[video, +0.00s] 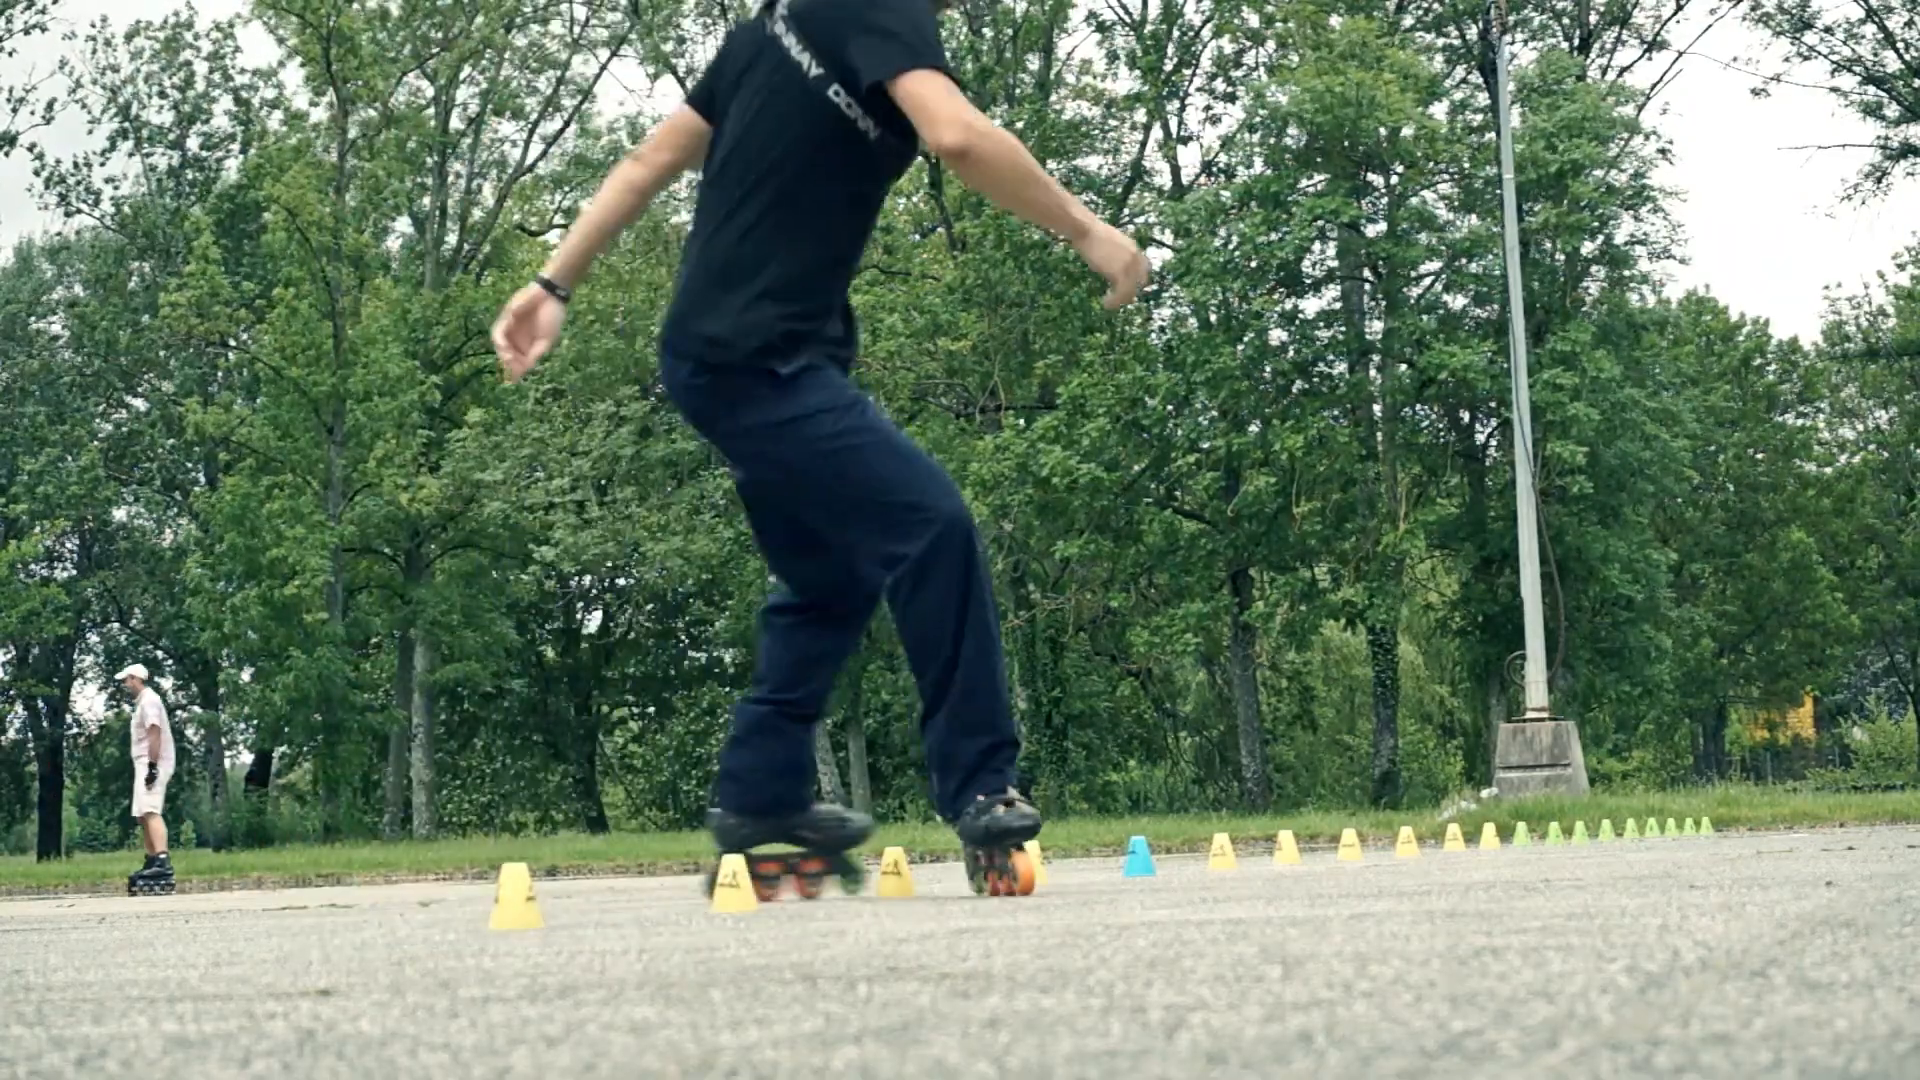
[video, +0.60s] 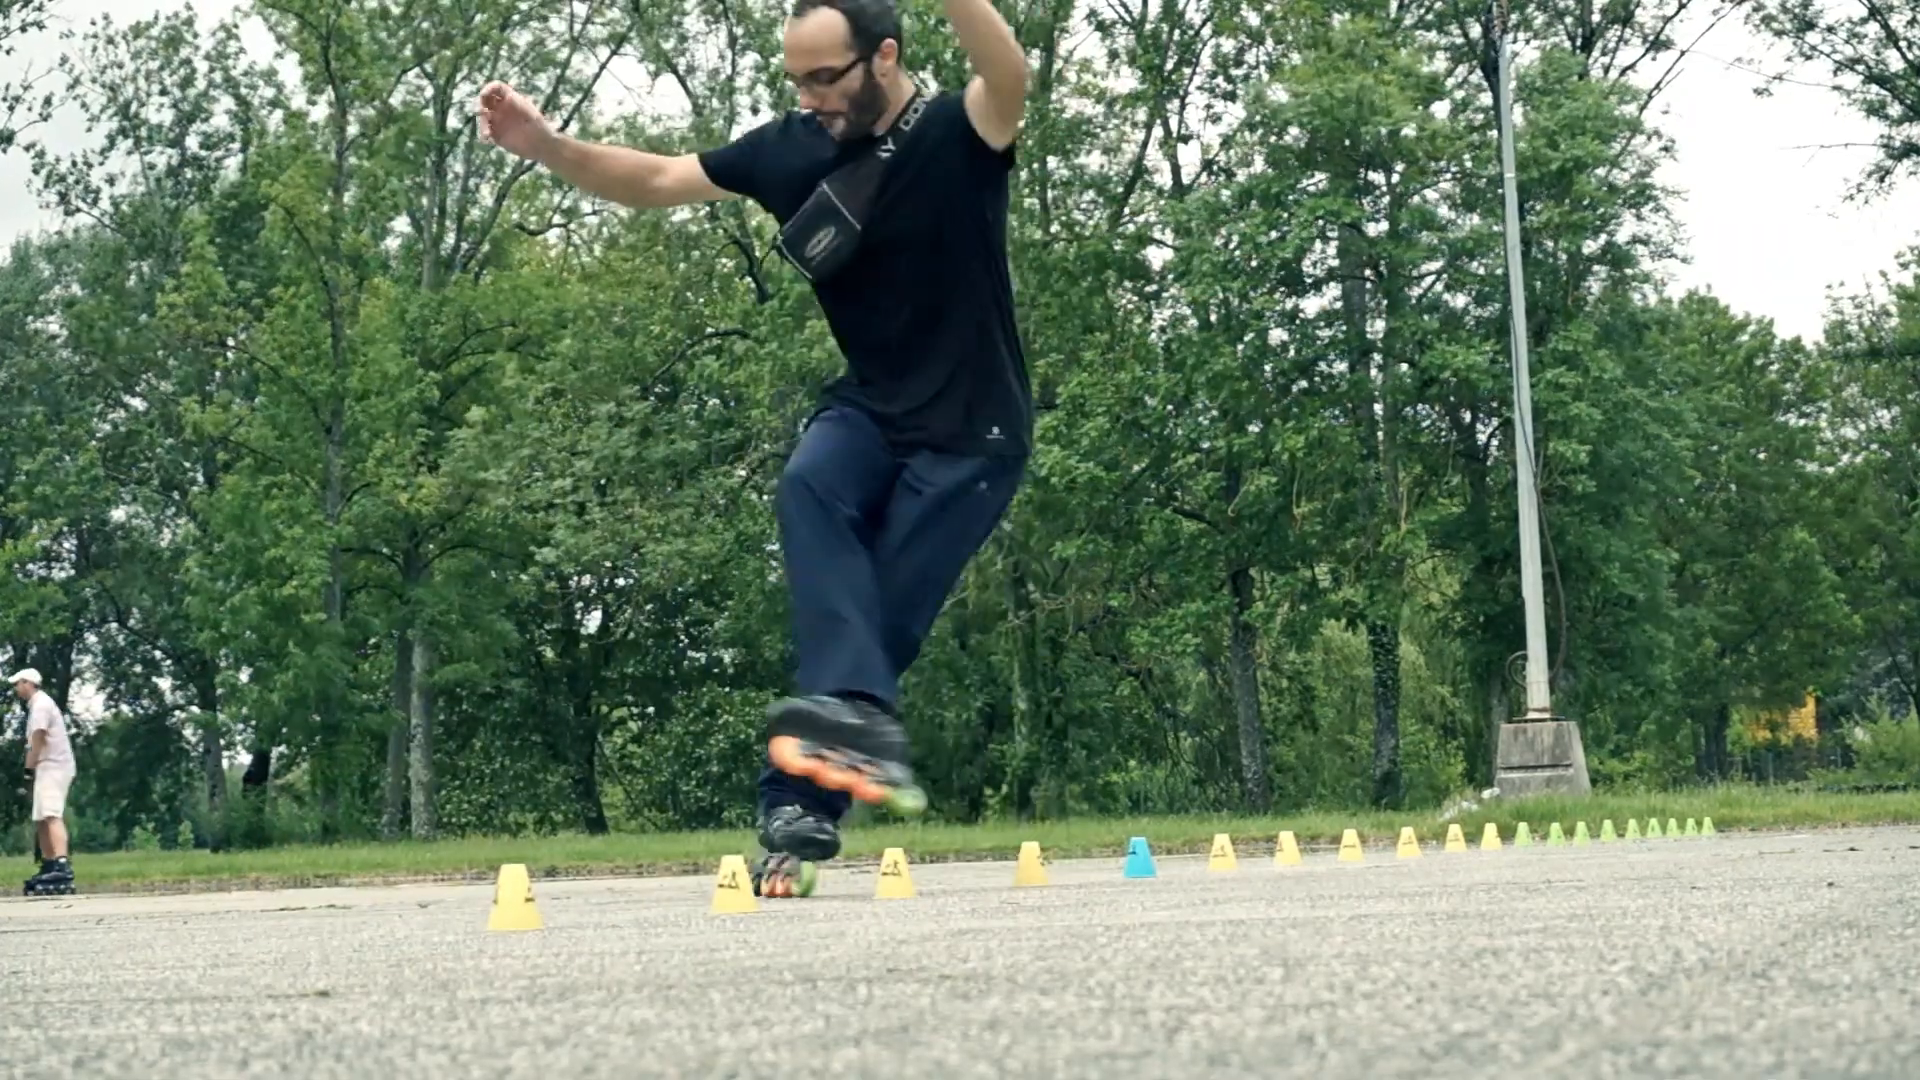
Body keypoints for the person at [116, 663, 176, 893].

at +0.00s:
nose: (124, 685)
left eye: (127, 680)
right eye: (124, 681)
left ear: (137, 679)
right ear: (134, 681)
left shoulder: (149, 699)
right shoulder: (143, 701)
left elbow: (154, 732)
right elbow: (149, 735)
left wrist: (152, 764)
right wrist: (144, 763)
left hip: (153, 761)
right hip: (144, 760)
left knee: (150, 811)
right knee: (143, 813)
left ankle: (162, 860)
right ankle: (152, 859)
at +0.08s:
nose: (112, 685)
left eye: (114, 680)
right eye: (111, 681)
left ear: (124, 679)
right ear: (121, 680)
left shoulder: (134, 700)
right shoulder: (129, 701)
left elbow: (140, 733)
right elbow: (134, 736)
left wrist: (140, 766)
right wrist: (129, 766)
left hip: (139, 761)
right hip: (130, 761)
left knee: (138, 811)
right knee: (128, 812)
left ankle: (148, 860)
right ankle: (137, 859)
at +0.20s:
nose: (89, 685)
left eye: (91, 680)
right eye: (88, 681)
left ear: (102, 680)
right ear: (100, 681)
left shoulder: (113, 701)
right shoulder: (108, 702)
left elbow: (118, 734)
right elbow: (113, 736)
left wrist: (118, 767)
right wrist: (110, 766)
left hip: (121, 760)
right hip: (110, 760)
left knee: (117, 811)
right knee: (108, 813)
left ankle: (129, 859)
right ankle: (116, 858)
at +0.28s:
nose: (74, 685)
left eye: (77, 681)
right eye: (74, 681)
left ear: (87, 680)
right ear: (84, 682)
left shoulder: (98, 702)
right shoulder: (92, 702)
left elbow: (102, 735)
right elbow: (98, 736)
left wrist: (100, 767)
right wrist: (95, 766)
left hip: (108, 760)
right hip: (96, 760)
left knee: (104, 812)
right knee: (94, 815)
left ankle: (114, 860)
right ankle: (102, 860)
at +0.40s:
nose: (51, 687)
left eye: (54, 683)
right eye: (51, 683)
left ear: (64, 683)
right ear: (62, 684)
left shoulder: (75, 702)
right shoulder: (69, 704)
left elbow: (79, 733)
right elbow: (75, 735)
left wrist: (71, 764)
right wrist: (68, 763)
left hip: (89, 762)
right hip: (78, 763)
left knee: (82, 811)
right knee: (73, 814)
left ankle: (93, 862)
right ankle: (80, 861)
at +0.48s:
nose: (35, 689)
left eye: (37, 684)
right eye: (34, 685)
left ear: (48, 683)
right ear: (48, 684)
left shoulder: (60, 702)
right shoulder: (56, 704)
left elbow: (62, 733)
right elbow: (60, 736)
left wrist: (54, 764)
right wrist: (53, 764)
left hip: (74, 763)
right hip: (65, 764)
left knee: (69, 813)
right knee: (59, 815)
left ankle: (79, 864)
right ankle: (67, 863)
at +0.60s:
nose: (16, 689)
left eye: (18, 684)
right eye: (15, 685)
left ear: (29, 684)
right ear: (28, 684)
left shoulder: (41, 703)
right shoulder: (36, 704)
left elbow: (39, 735)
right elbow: (36, 737)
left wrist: (30, 763)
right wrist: (31, 761)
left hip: (55, 764)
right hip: (46, 765)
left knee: (51, 815)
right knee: (42, 817)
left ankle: (61, 865)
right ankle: (49, 864)